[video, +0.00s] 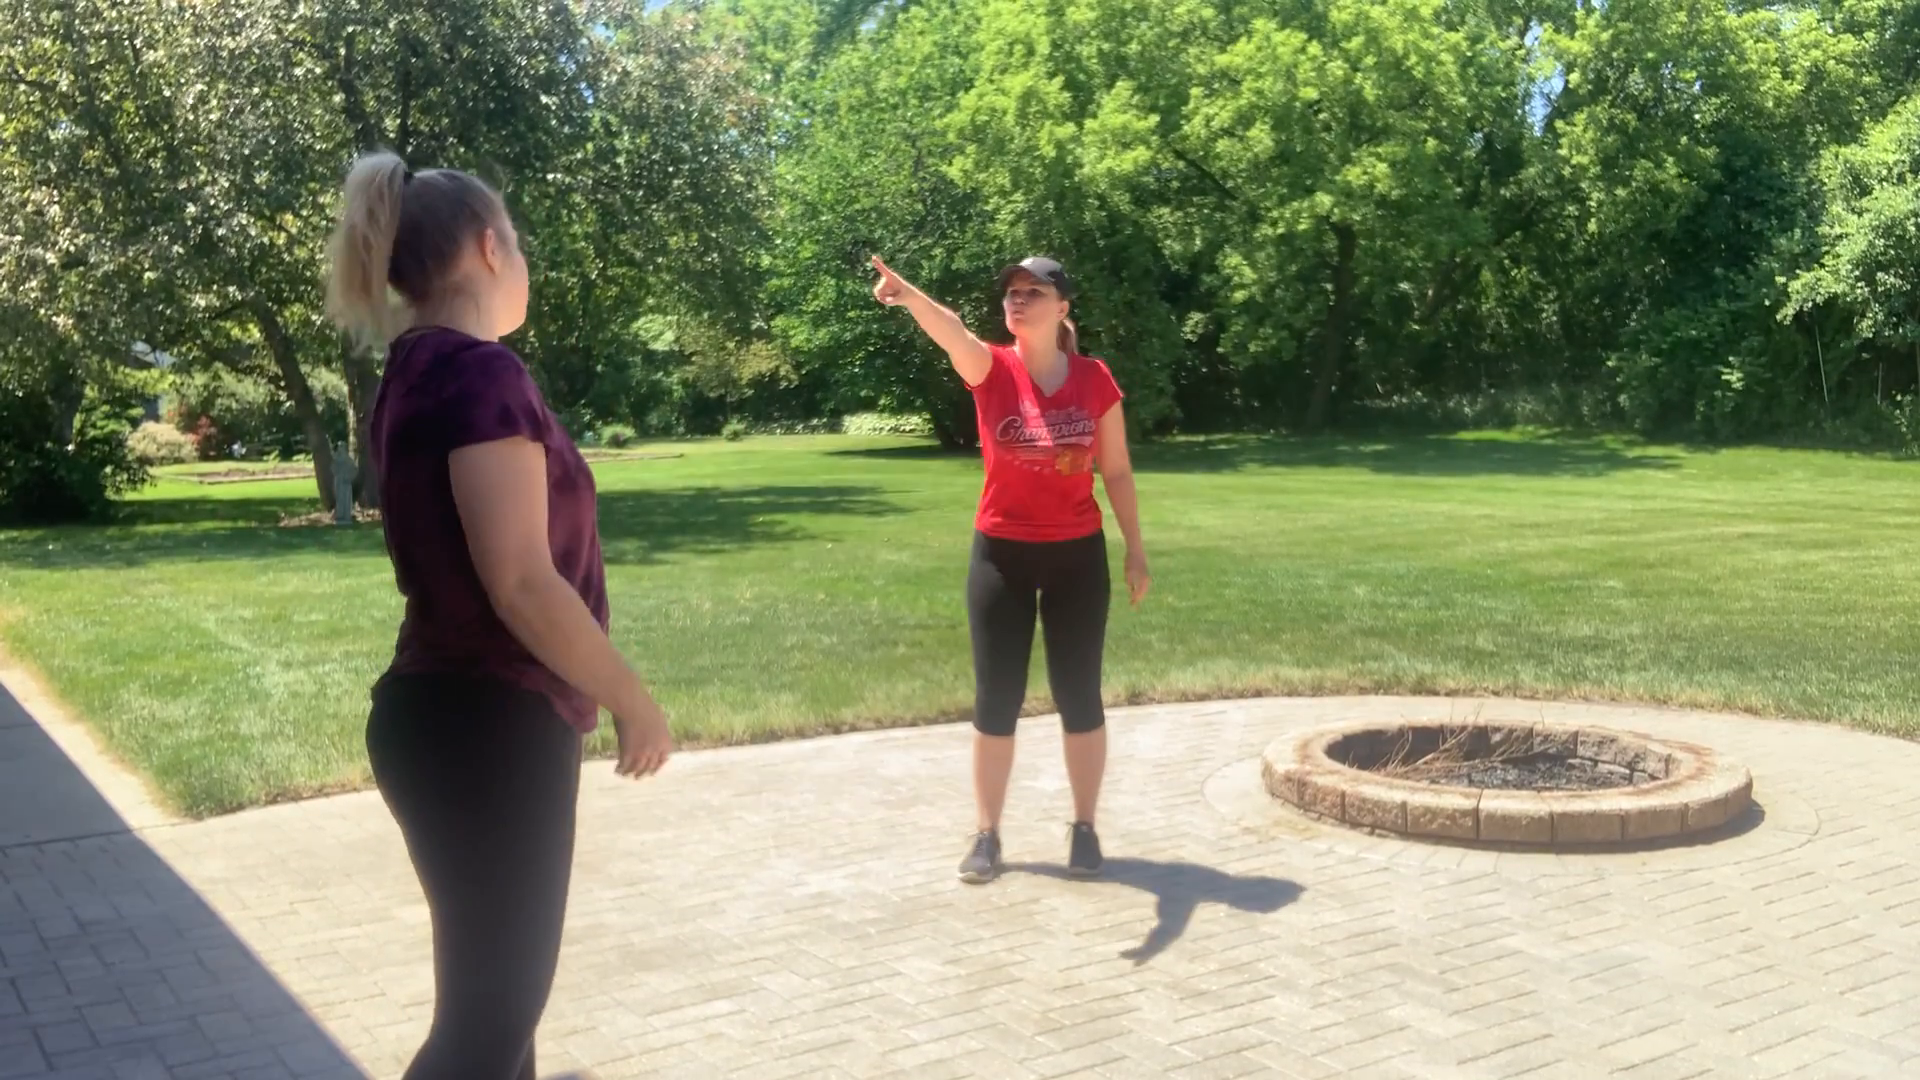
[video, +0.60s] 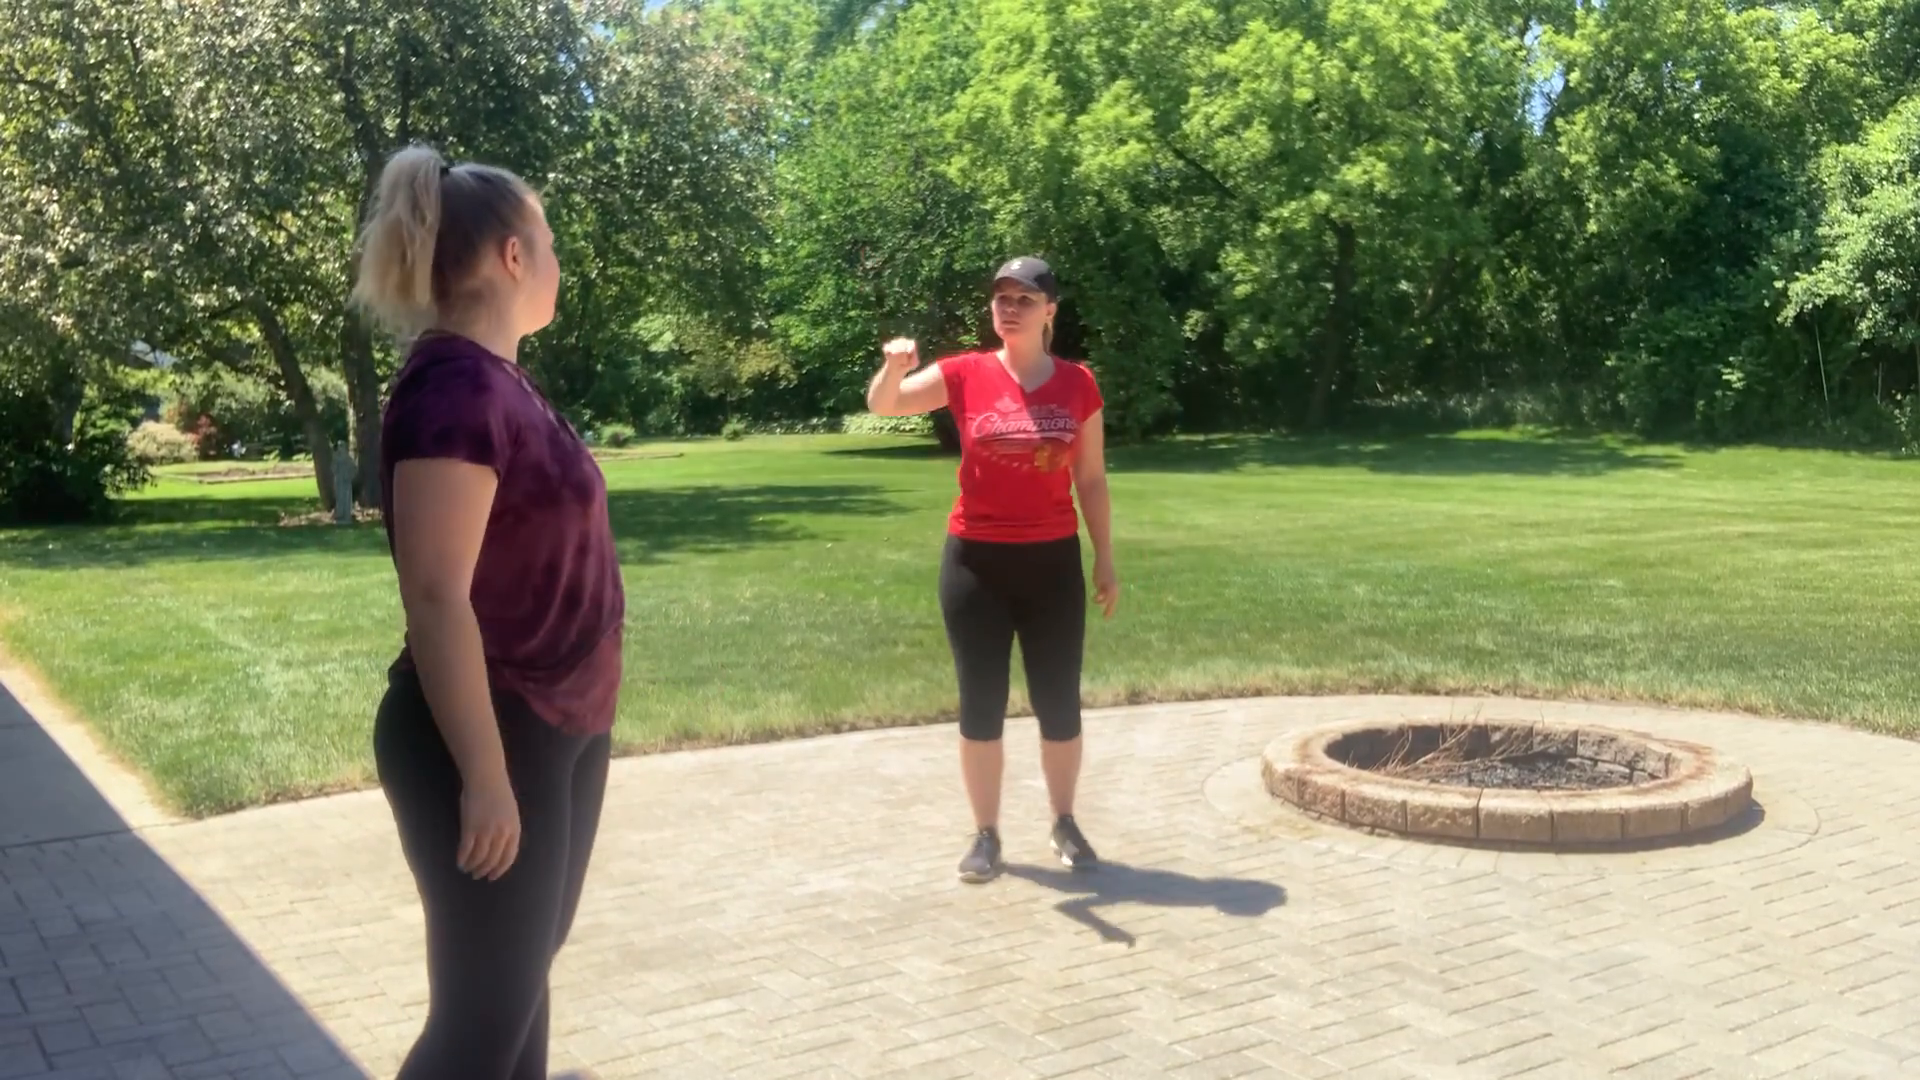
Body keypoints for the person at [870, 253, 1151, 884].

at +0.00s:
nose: (1017, 303)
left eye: (1032, 294)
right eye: (1011, 295)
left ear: (1063, 306)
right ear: (1003, 308)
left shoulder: (1094, 379)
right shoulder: (992, 367)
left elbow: (1117, 470)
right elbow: (954, 335)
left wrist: (1134, 546)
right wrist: (911, 296)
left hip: (1077, 554)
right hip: (1000, 554)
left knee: (1079, 696)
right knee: (996, 698)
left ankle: (1085, 827)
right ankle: (986, 834)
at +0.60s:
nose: (1007, 309)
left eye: (1021, 300)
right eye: (1000, 299)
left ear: (1050, 309)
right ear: (990, 307)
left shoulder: (1076, 384)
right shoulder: (965, 371)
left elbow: (1091, 478)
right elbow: (884, 403)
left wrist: (1104, 558)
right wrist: (893, 367)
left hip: (1052, 560)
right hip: (975, 560)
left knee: (1060, 702)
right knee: (979, 704)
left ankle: (1064, 823)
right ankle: (985, 834)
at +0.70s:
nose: (1014, 318)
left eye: (1028, 309)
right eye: (1008, 308)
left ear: (1058, 319)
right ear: (998, 318)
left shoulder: (1087, 392)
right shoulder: (975, 383)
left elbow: (1104, 486)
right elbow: (905, 435)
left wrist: (1106, 566)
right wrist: (892, 444)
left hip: (1056, 567)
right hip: (979, 565)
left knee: (1064, 707)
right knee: (979, 708)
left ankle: (1072, 814)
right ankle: (986, 833)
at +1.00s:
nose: (991, 346)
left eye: (1007, 338)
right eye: (985, 336)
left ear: (1037, 352)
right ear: (975, 346)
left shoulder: (1061, 419)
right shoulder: (953, 420)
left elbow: (1079, 507)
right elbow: (932, 505)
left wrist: (1031, 545)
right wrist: (892, 565)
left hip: (1042, 594)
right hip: (964, 588)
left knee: (1061, 734)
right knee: (948, 718)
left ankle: (1070, 812)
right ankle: (946, 861)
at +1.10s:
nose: (962, 344)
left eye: (978, 337)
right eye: (956, 335)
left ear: (1008, 354)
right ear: (944, 351)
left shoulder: (1032, 417)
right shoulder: (921, 425)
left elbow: (1058, 488)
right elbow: (879, 497)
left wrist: (987, 449)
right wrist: (826, 492)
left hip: (1029, 599)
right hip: (950, 597)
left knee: (1047, 727)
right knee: (926, 725)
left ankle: (1069, 809)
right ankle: (924, 880)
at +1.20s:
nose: (931, 344)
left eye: (945, 336)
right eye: (921, 334)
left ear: (970, 352)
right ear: (905, 351)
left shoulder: (993, 409)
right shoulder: (877, 423)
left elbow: (1054, 452)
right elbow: (801, 483)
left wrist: (966, 413)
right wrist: (809, 437)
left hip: (1000, 603)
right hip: (917, 604)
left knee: (1020, 742)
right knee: (903, 750)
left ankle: (1062, 793)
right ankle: (919, 889)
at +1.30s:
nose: (889, 341)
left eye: (906, 331)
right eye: (881, 329)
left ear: (936, 345)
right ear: (867, 339)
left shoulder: (961, 403)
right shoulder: (845, 416)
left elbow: (1057, 422)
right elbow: (738, 461)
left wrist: (958, 426)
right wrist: (796, 427)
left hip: (972, 614)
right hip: (887, 612)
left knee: (967, 782)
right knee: (885, 772)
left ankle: (1016, 807)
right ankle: (919, 895)